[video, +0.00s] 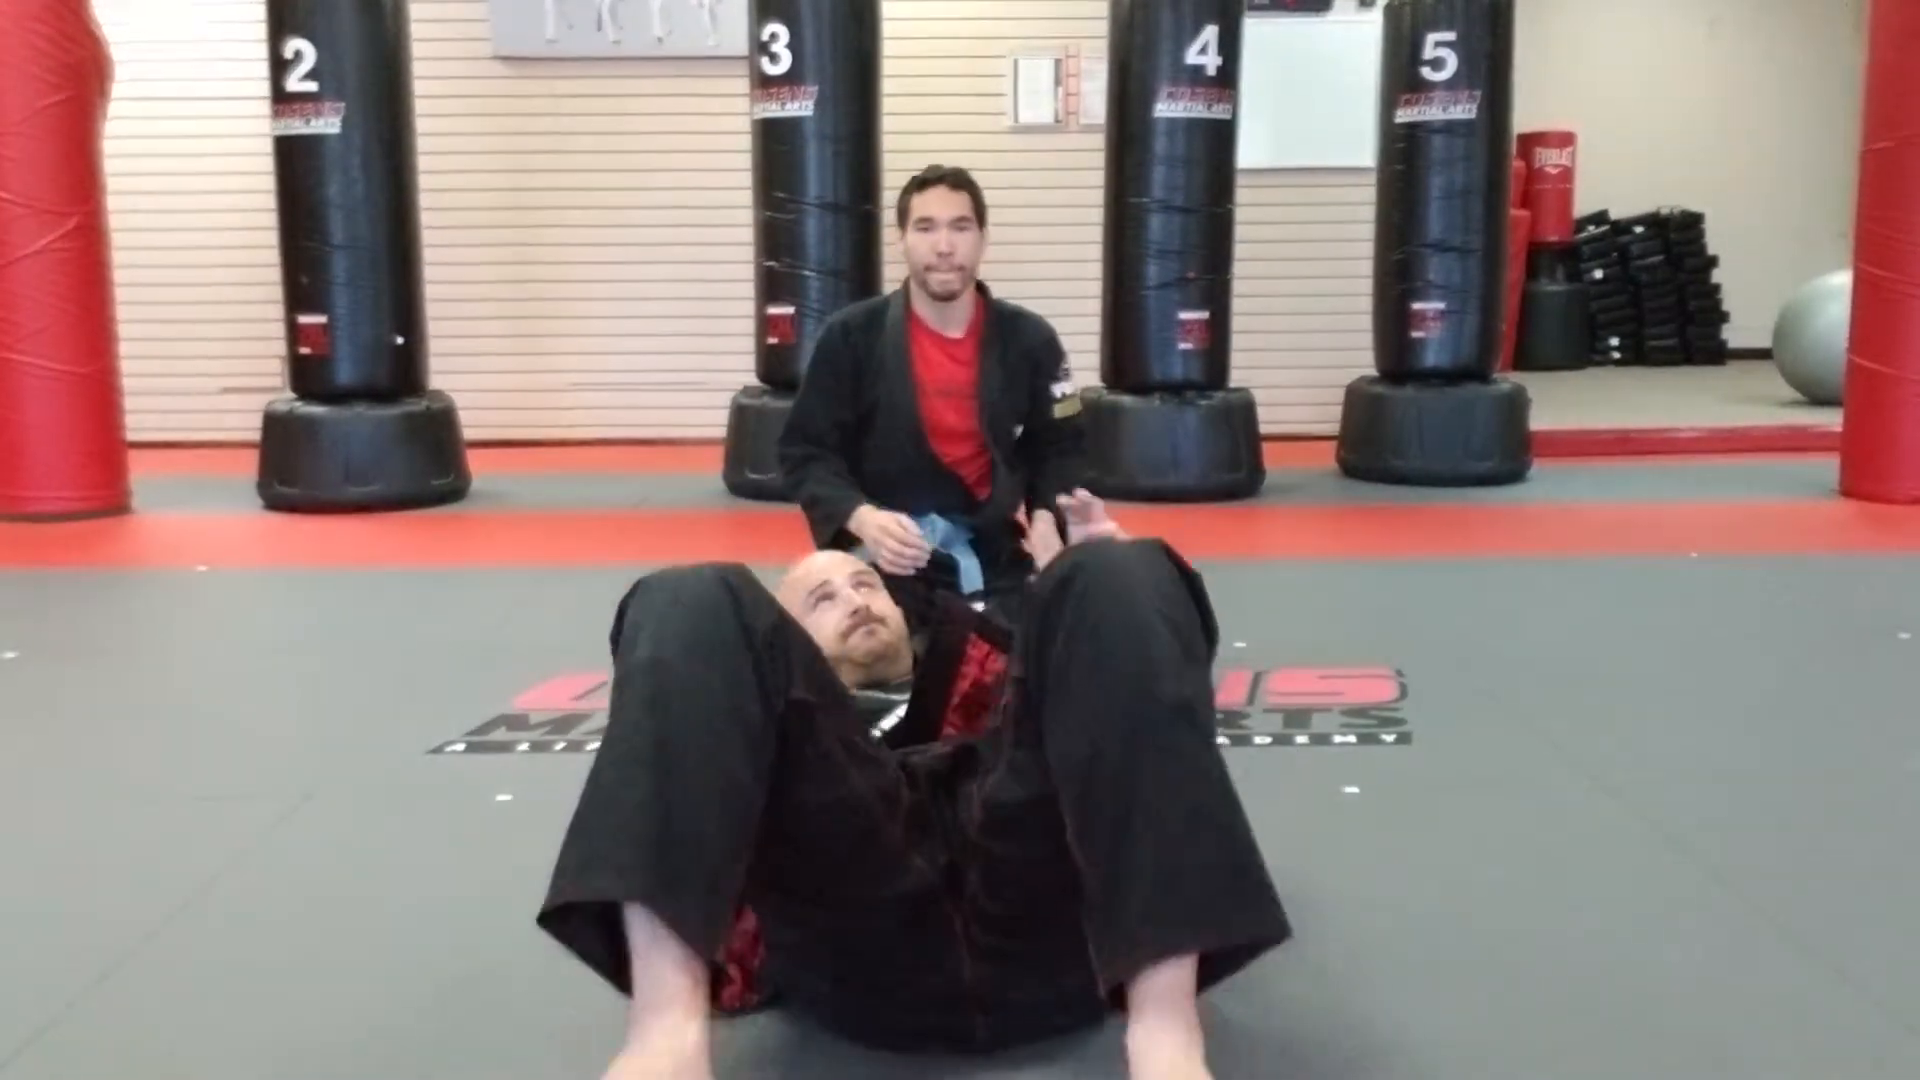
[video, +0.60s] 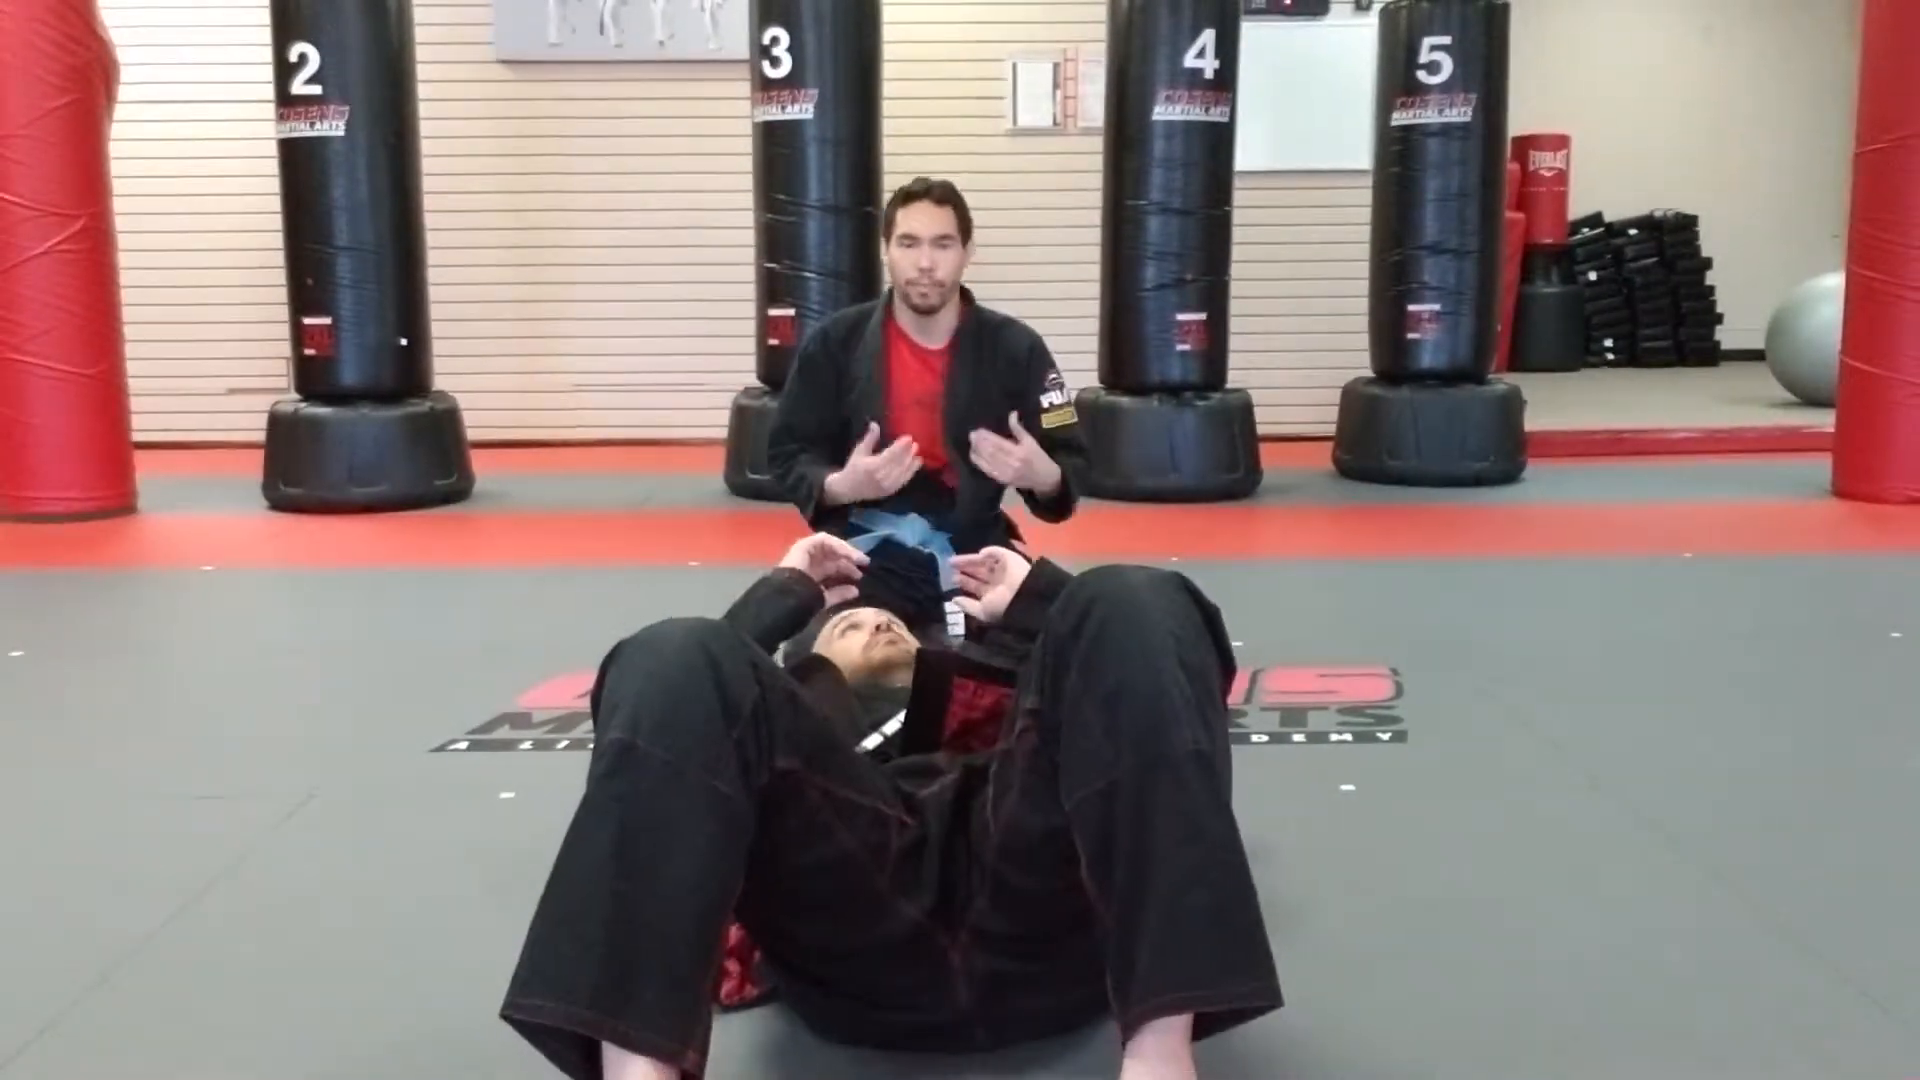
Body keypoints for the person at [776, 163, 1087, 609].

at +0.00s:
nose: (943, 246)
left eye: (960, 228)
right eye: (925, 228)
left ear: (983, 240)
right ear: (901, 241)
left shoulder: (1028, 341)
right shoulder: (852, 338)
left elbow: (1055, 443)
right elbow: (804, 452)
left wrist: (1048, 518)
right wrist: (860, 518)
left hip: (994, 543)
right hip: (888, 544)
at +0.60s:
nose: (925, 262)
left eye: (943, 245)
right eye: (908, 244)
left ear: (967, 253)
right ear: (886, 251)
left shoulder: (1014, 349)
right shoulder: (834, 344)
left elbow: (1067, 488)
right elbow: (787, 455)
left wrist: (1044, 478)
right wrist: (839, 487)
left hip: (976, 544)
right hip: (865, 541)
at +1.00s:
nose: (926, 370)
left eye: (947, 350)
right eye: (910, 345)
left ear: (973, 336)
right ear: (885, 322)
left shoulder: (1014, 396)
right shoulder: (825, 376)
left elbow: (1068, 545)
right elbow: (757, 517)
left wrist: (1083, 675)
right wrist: (745, 640)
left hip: (972, 584)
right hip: (853, 579)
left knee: (1042, 678)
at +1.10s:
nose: (917, 396)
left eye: (939, 379)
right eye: (900, 372)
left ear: (968, 354)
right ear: (878, 338)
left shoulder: (1013, 392)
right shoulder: (822, 375)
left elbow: (1066, 532)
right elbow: (750, 515)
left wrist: (1083, 661)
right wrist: (746, 642)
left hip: (971, 577)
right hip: (846, 565)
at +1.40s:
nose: (857, 432)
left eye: (877, 414)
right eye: (841, 410)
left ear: (923, 385)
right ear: (828, 376)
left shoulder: (985, 379)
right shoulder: (798, 391)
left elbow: (1063, 521)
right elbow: (745, 516)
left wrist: (1101, 629)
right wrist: (745, 638)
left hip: (961, 523)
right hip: (844, 519)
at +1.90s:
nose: (915, 420)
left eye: (932, 404)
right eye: (898, 404)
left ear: (962, 382)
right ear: (881, 384)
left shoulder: (1018, 398)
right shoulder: (852, 409)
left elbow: (1072, 520)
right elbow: (801, 513)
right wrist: (772, 621)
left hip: (1015, 549)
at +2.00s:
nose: (933, 402)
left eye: (950, 384)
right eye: (917, 383)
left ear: (977, 364)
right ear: (898, 366)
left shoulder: (1030, 394)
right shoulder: (864, 408)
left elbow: (1074, 509)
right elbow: (820, 516)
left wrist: (1042, 594)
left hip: (1002, 576)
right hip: (895, 579)